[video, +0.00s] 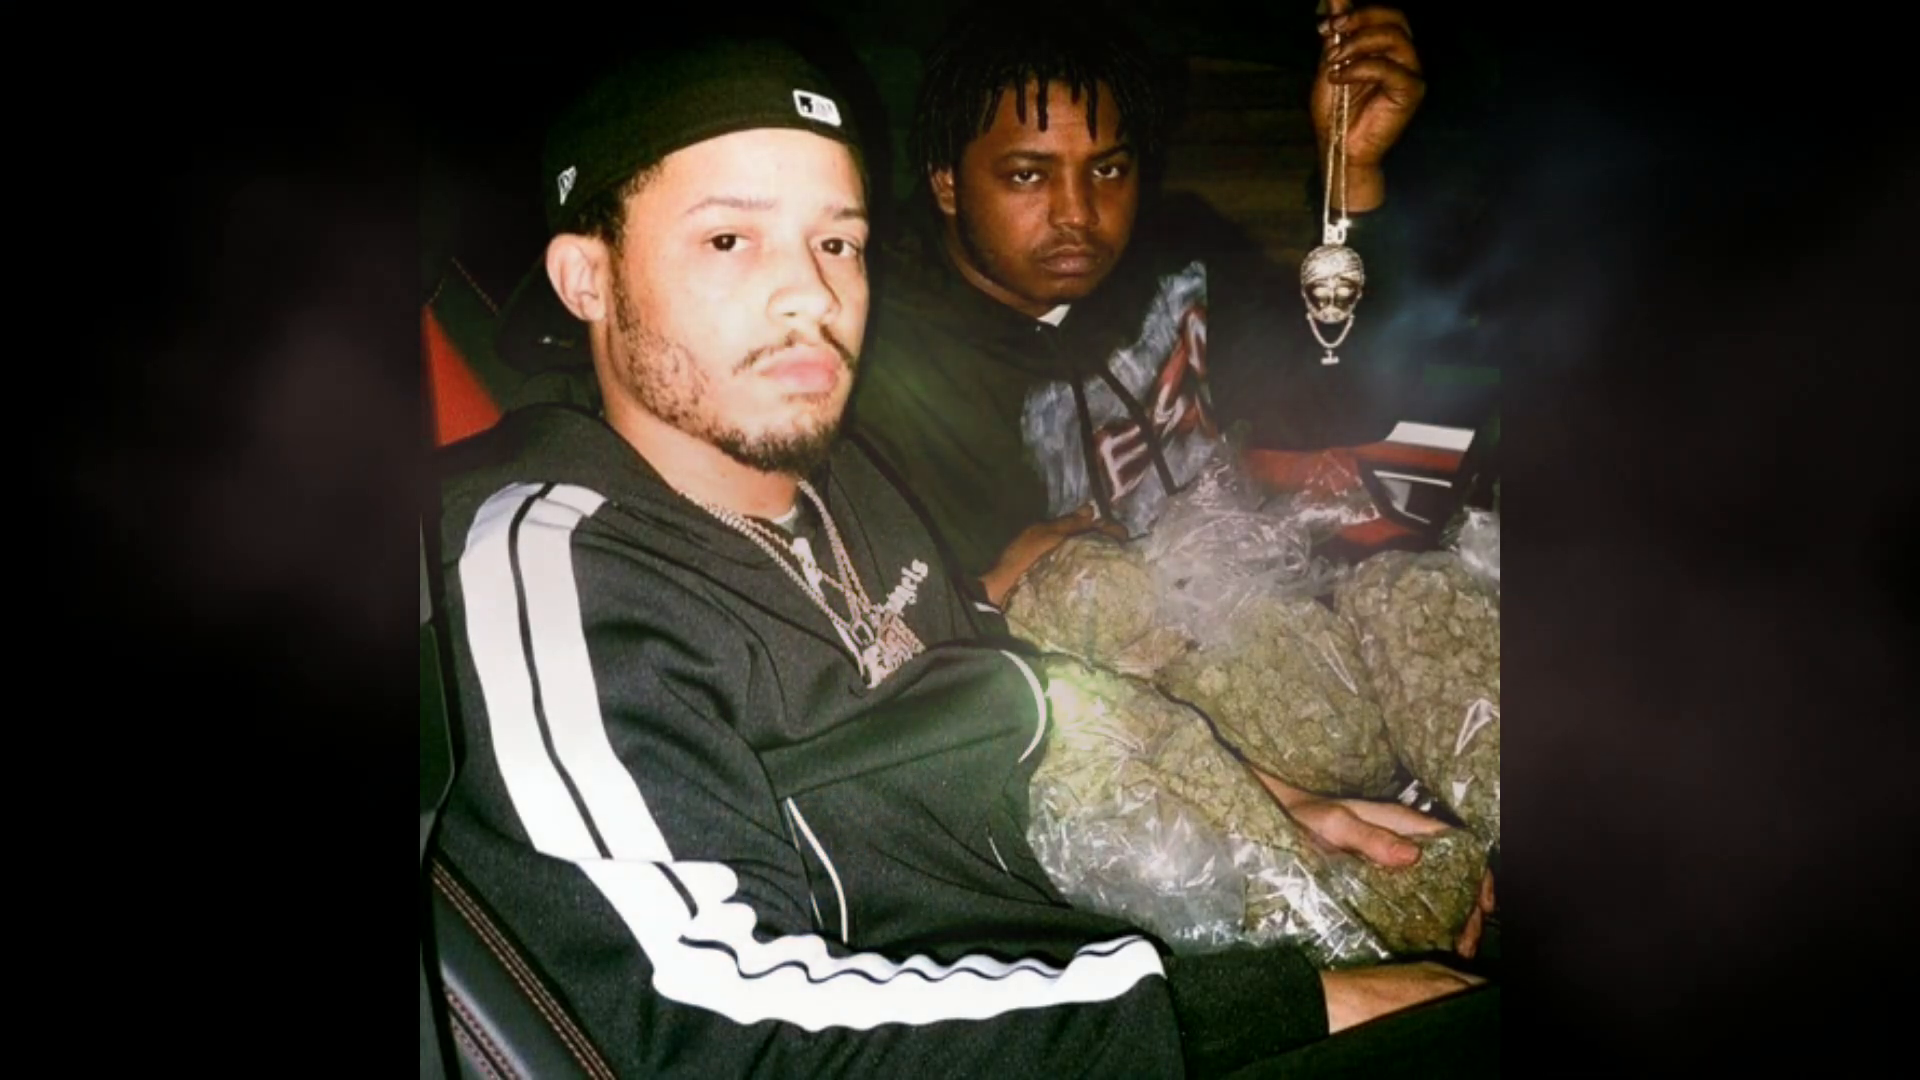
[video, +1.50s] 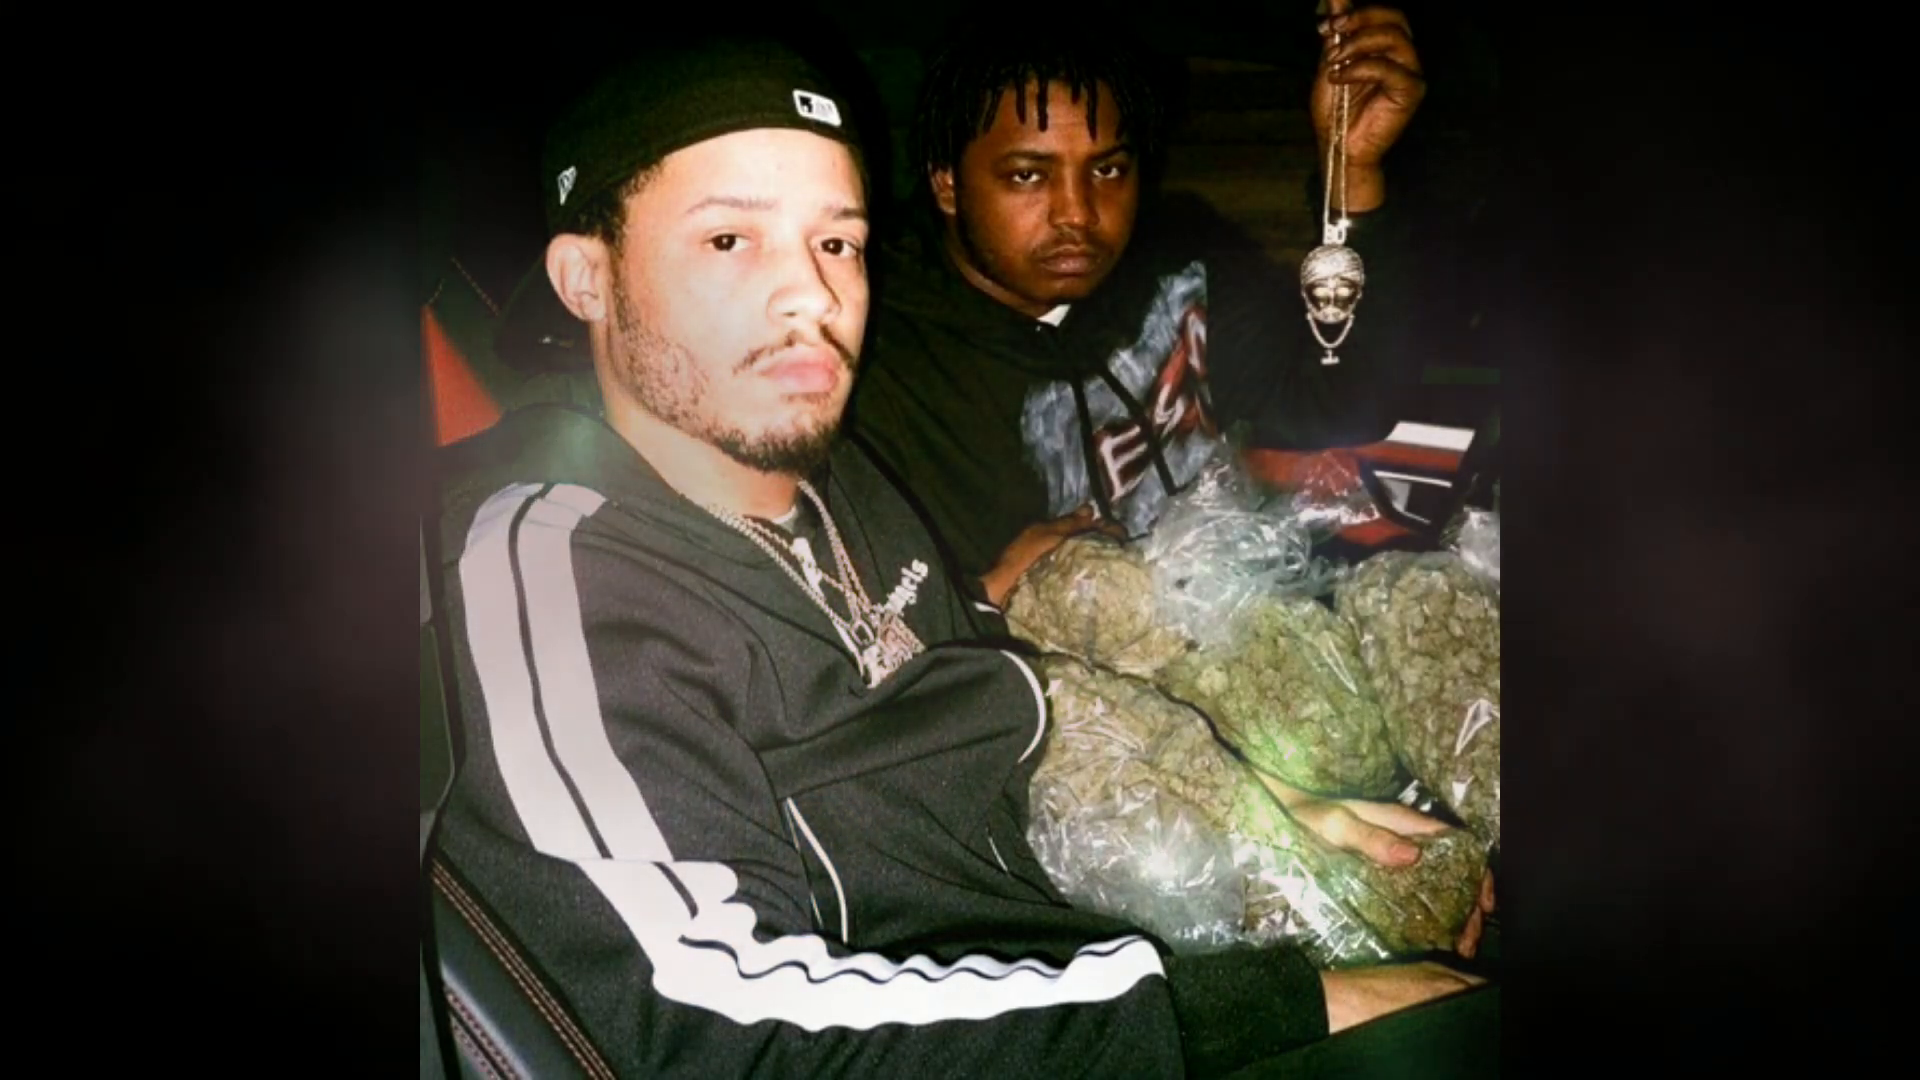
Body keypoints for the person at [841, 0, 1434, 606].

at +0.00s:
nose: (1077, 216)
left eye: (1108, 171)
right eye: (1029, 175)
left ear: (1141, 173)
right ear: (946, 187)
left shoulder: (1180, 252)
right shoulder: (901, 367)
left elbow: (1347, 412)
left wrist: (1352, 175)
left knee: (1423, 599)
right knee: (1074, 580)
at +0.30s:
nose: (1077, 216)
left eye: (1107, 171)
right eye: (1029, 176)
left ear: (1141, 172)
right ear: (946, 187)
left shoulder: (1179, 251)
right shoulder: (895, 373)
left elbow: (1336, 411)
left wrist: (1352, 172)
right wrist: (995, 588)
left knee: (1426, 597)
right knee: (1076, 582)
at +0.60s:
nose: (1077, 217)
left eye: (1108, 171)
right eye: (1029, 175)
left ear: (1140, 173)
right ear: (946, 187)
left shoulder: (1179, 254)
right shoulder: (898, 376)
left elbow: (1335, 410)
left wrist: (1353, 173)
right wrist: (995, 590)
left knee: (1427, 599)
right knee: (1075, 580)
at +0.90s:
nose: (1077, 217)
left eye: (1107, 171)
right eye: (1028, 176)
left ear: (1140, 173)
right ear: (946, 187)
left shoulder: (1179, 254)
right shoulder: (898, 368)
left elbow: (1343, 407)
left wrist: (1352, 171)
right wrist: (996, 587)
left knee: (1422, 597)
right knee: (1075, 579)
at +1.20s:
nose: (1077, 216)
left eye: (1107, 171)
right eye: (1028, 176)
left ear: (1140, 172)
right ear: (946, 187)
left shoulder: (1179, 251)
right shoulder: (894, 370)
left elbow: (1346, 409)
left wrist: (1352, 171)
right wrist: (993, 591)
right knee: (1076, 578)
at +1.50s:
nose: (1077, 217)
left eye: (1108, 171)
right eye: (1028, 176)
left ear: (1141, 172)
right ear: (946, 187)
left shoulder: (1180, 255)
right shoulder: (892, 373)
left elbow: (1345, 408)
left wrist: (1352, 171)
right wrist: (990, 594)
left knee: (1429, 604)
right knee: (1079, 581)